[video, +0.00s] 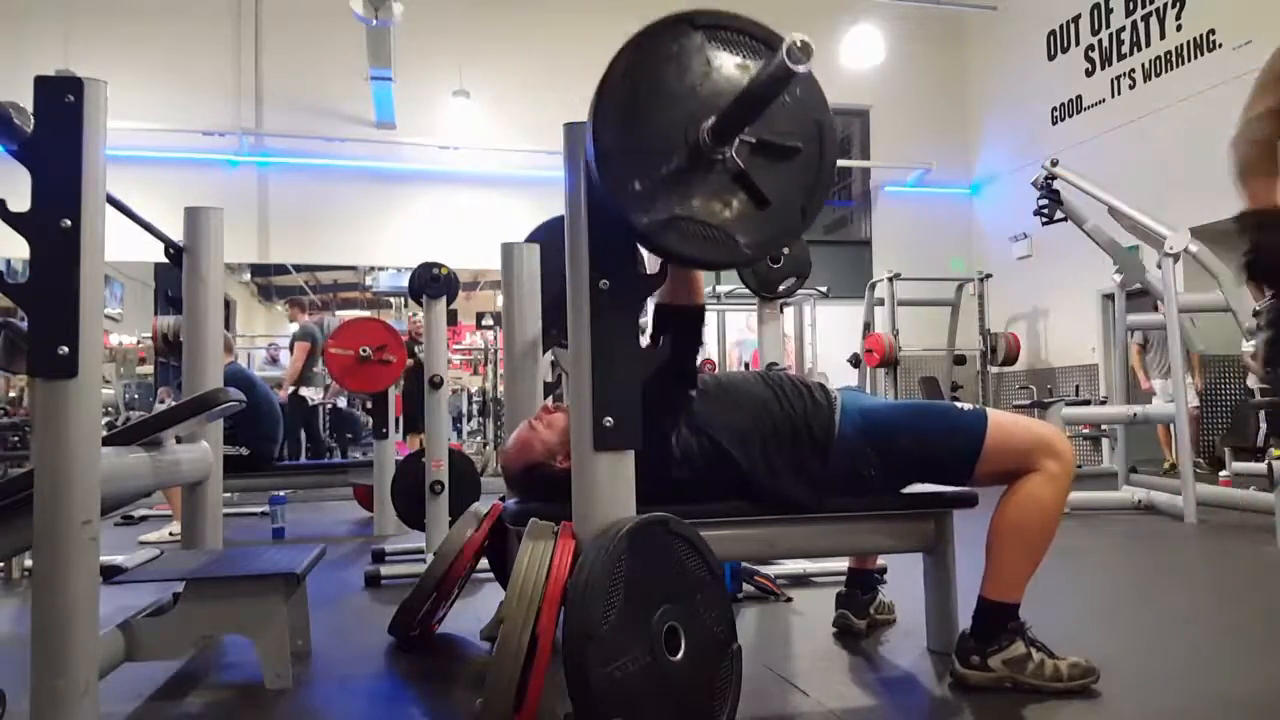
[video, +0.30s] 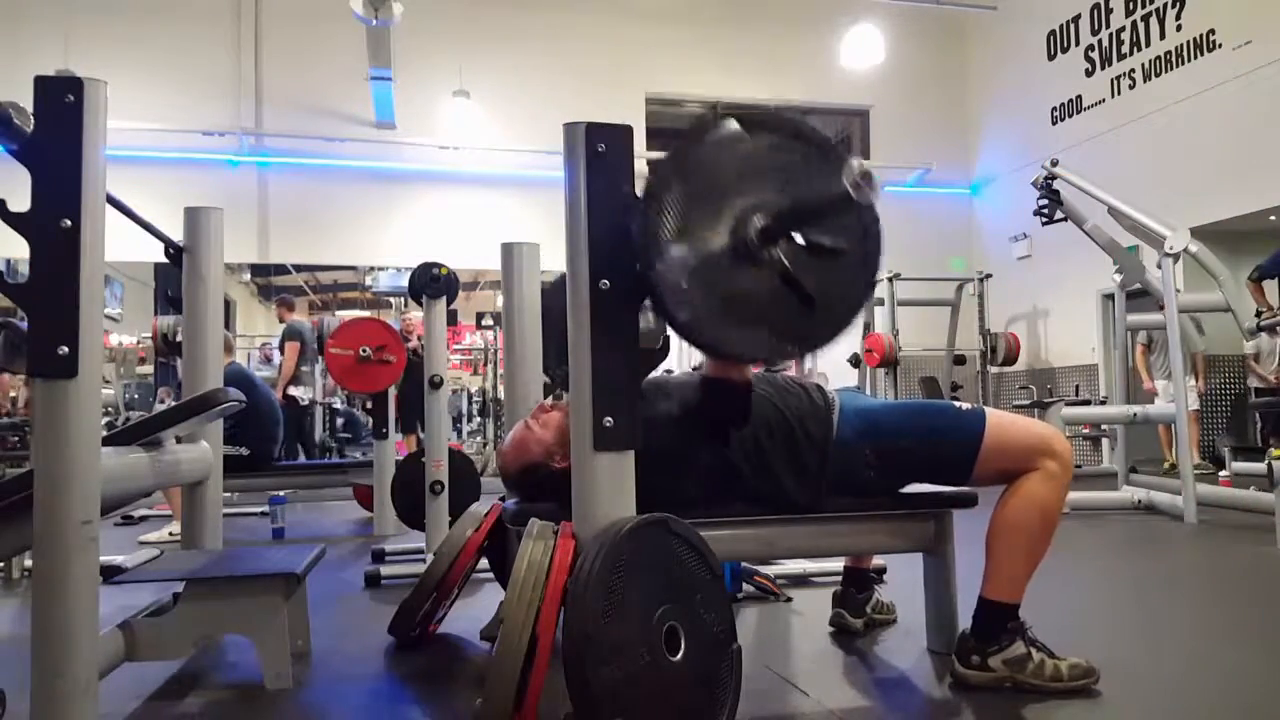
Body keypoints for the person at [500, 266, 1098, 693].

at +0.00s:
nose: (546, 410)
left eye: (534, 413)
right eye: (538, 427)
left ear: (555, 426)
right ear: (559, 466)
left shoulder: (610, 433)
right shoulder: (628, 453)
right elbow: (678, 325)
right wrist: (687, 211)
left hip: (812, 428)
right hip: (837, 438)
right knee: (1050, 451)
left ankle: (862, 591)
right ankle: (993, 639)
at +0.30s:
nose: (542, 413)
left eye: (533, 417)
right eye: (535, 427)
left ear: (548, 445)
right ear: (549, 461)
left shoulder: (603, 432)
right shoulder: (618, 443)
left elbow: (715, 392)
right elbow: (724, 394)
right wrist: (729, 283)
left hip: (805, 431)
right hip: (830, 437)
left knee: (929, 430)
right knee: (1048, 452)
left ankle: (856, 594)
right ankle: (992, 639)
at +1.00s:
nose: (544, 408)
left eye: (533, 414)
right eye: (537, 426)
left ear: (554, 436)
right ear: (555, 458)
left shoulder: (611, 428)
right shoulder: (627, 442)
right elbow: (766, 466)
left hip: (802, 436)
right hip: (833, 447)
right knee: (1053, 456)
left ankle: (856, 595)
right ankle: (992, 639)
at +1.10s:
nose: (544, 409)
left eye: (533, 415)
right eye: (537, 427)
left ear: (554, 437)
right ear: (556, 459)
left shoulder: (614, 427)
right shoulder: (629, 442)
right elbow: (763, 468)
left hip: (802, 438)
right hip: (828, 451)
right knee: (1053, 455)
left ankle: (856, 595)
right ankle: (993, 639)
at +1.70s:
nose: (531, 418)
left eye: (520, 421)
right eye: (526, 432)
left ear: (543, 449)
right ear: (550, 461)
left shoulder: (587, 441)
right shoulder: (614, 457)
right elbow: (692, 389)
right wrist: (702, 268)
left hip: (794, 424)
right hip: (827, 429)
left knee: (914, 429)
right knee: (1046, 449)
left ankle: (861, 594)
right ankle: (991, 642)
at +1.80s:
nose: (538, 415)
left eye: (528, 418)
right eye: (531, 432)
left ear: (548, 423)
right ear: (550, 465)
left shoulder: (601, 431)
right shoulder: (612, 454)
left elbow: (634, 352)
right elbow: (648, 333)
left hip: (812, 424)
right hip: (833, 435)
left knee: (899, 446)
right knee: (1044, 450)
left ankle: (858, 594)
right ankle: (992, 638)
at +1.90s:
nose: (539, 406)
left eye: (526, 412)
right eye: (530, 425)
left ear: (552, 452)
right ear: (553, 461)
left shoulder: (603, 427)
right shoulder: (618, 439)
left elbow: (645, 319)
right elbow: (655, 306)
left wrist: (659, 195)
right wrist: (661, 189)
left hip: (808, 419)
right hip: (832, 432)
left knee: (908, 435)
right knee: (1044, 450)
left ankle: (859, 595)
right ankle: (992, 641)